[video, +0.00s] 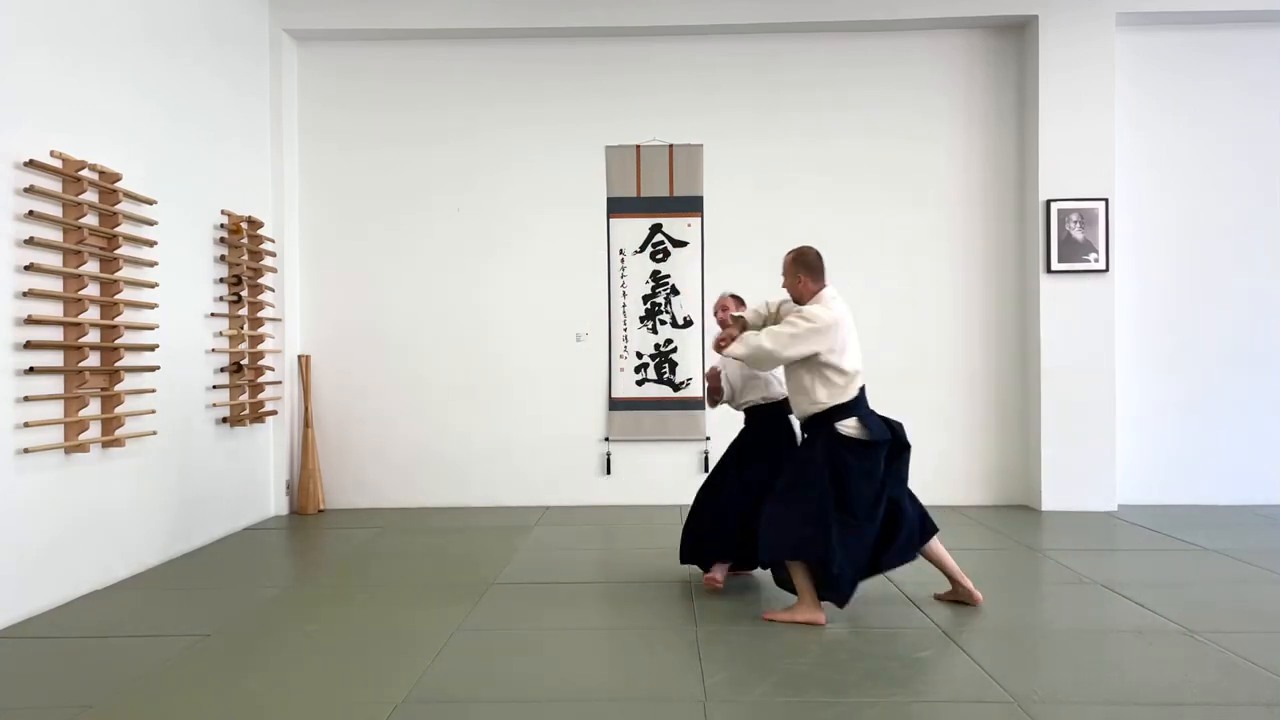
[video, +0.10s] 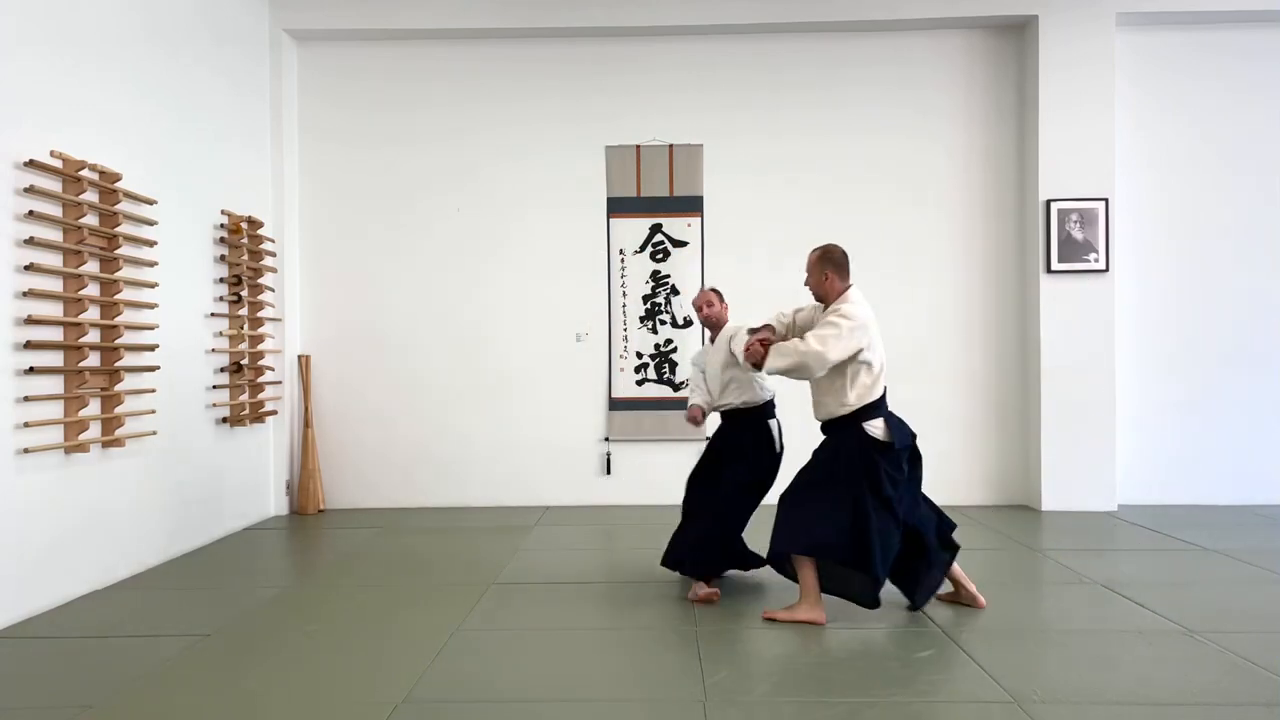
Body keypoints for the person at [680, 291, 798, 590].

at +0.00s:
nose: (720, 316)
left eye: (726, 310)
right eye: (717, 312)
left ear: (744, 313)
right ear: (715, 319)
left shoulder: (761, 339)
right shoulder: (724, 356)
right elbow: (716, 400)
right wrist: (714, 387)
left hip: (775, 424)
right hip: (756, 426)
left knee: (724, 489)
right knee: (744, 492)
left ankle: (721, 560)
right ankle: (744, 557)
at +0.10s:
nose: (705, 311)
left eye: (710, 305)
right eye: (700, 309)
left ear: (725, 308)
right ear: (697, 316)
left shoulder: (739, 333)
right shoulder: (701, 356)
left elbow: (746, 348)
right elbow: (698, 388)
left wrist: (754, 352)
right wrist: (696, 405)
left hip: (758, 426)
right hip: (729, 428)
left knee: (727, 497)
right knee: (699, 491)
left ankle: (707, 575)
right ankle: (703, 573)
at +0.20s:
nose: (704, 309)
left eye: (707, 302)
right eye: (695, 307)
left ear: (716, 304)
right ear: (688, 315)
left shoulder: (735, 334)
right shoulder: (684, 356)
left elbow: (754, 352)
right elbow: (675, 400)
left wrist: (760, 333)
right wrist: (671, 432)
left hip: (744, 433)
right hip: (707, 433)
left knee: (722, 507)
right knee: (670, 499)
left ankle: (699, 584)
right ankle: (696, 564)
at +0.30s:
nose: (696, 310)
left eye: (698, 303)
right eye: (688, 307)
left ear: (705, 303)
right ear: (675, 314)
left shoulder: (724, 331)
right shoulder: (670, 355)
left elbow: (743, 334)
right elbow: (657, 405)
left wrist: (736, 315)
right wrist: (646, 450)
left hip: (733, 431)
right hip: (694, 432)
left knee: (720, 513)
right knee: (655, 499)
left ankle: (701, 591)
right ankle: (653, 553)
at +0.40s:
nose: (680, 304)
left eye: (680, 297)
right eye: (671, 302)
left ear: (686, 296)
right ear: (657, 312)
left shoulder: (707, 325)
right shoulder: (654, 352)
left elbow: (728, 326)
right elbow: (644, 405)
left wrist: (725, 298)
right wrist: (631, 450)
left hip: (720, 428)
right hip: (680, 430)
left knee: (715, 511)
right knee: (644, 501)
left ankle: (705, 591)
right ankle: (608, 575)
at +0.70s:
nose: (639, 290)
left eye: (638, 284)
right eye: (629, 288)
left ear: (642, 285)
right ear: (612, 298)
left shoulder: (666, 318)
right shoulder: (606, 344)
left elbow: (692, 295)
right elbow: (598, 398)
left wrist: (692, 259)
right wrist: (594, 446)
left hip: (679, 425)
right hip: (637, 429)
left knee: (698, 503)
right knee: (614, 511)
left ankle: (700, 588)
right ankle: (593, 599)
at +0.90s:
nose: (626, 288)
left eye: (630, 280)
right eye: (617, 284)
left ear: (641, 280)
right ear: (608, 291)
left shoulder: (663, 315)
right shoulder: (606, 334)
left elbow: (668, 277)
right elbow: (602, 386)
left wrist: (664, 239)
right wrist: (595, 420)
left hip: (671, 417)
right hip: (628, 421)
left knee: (666, 499)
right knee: (611, 501)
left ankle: (665, 587)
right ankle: (590, 592)